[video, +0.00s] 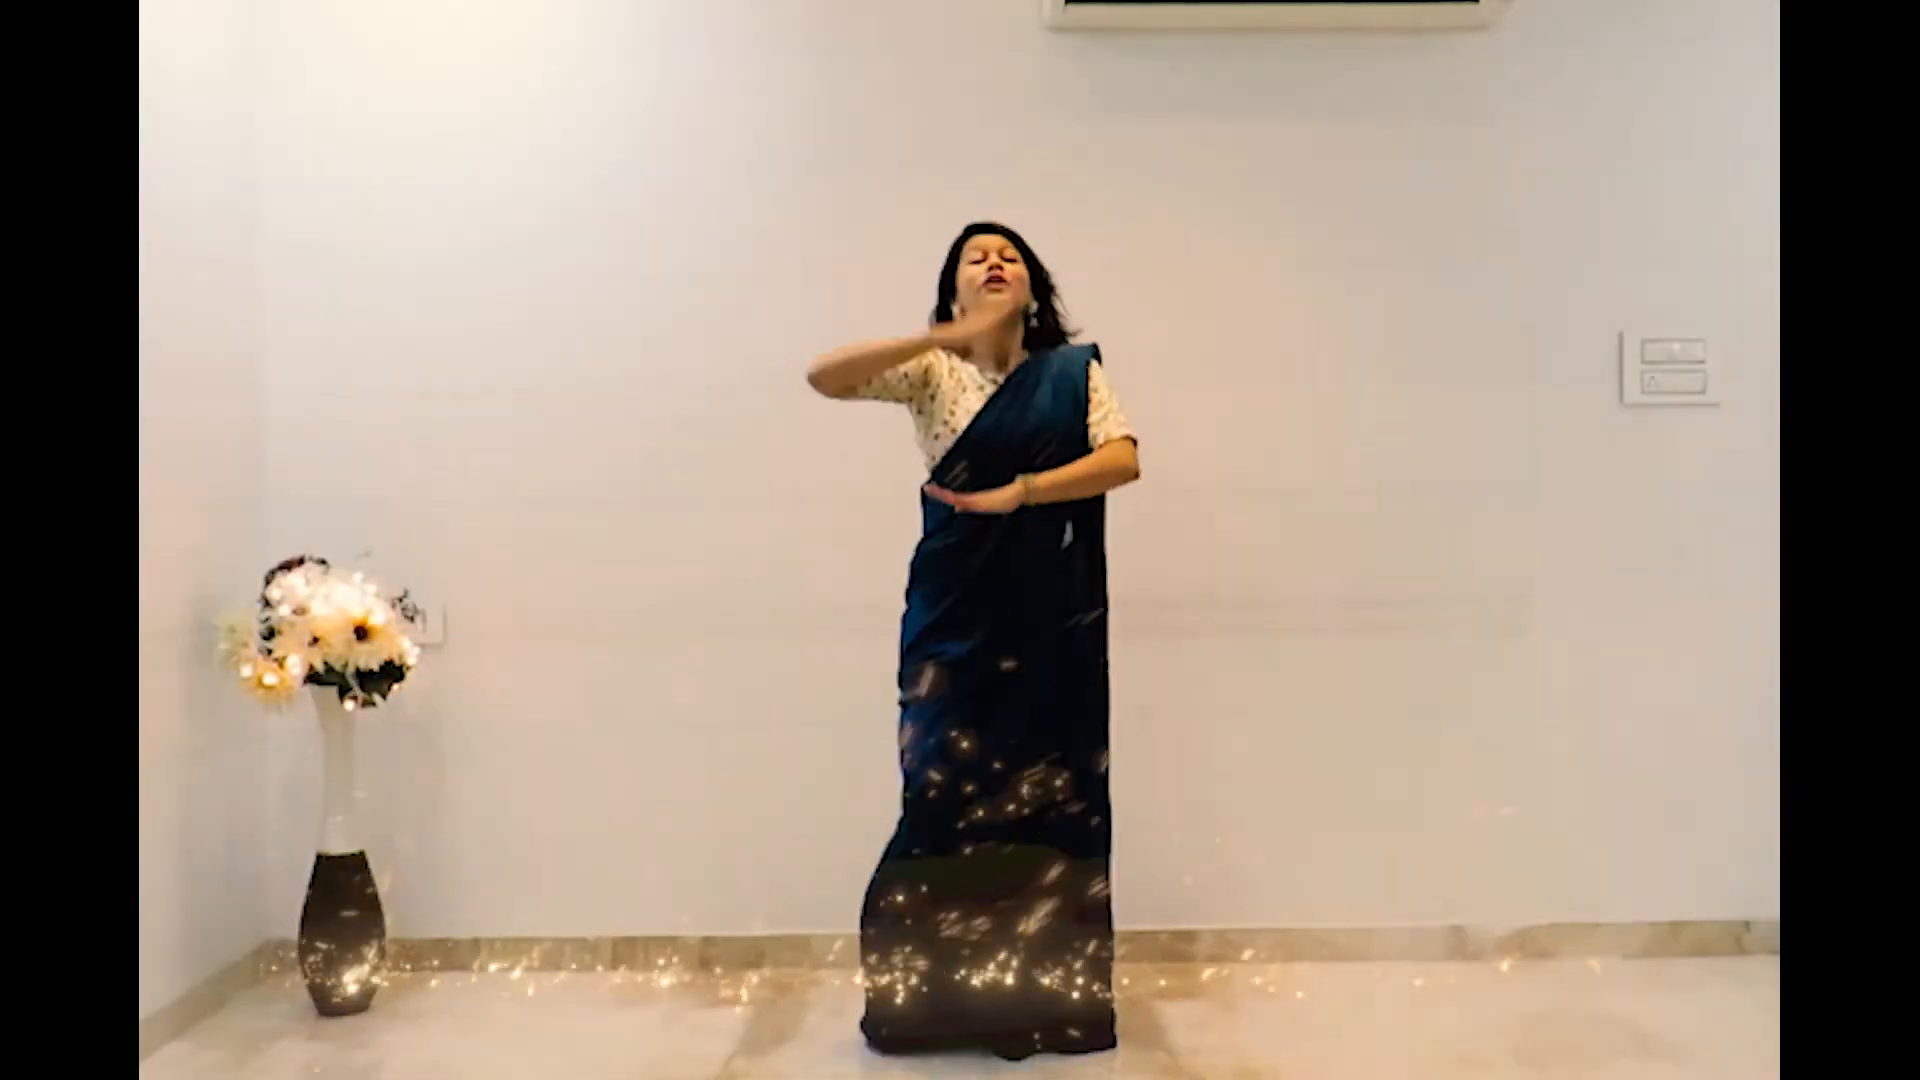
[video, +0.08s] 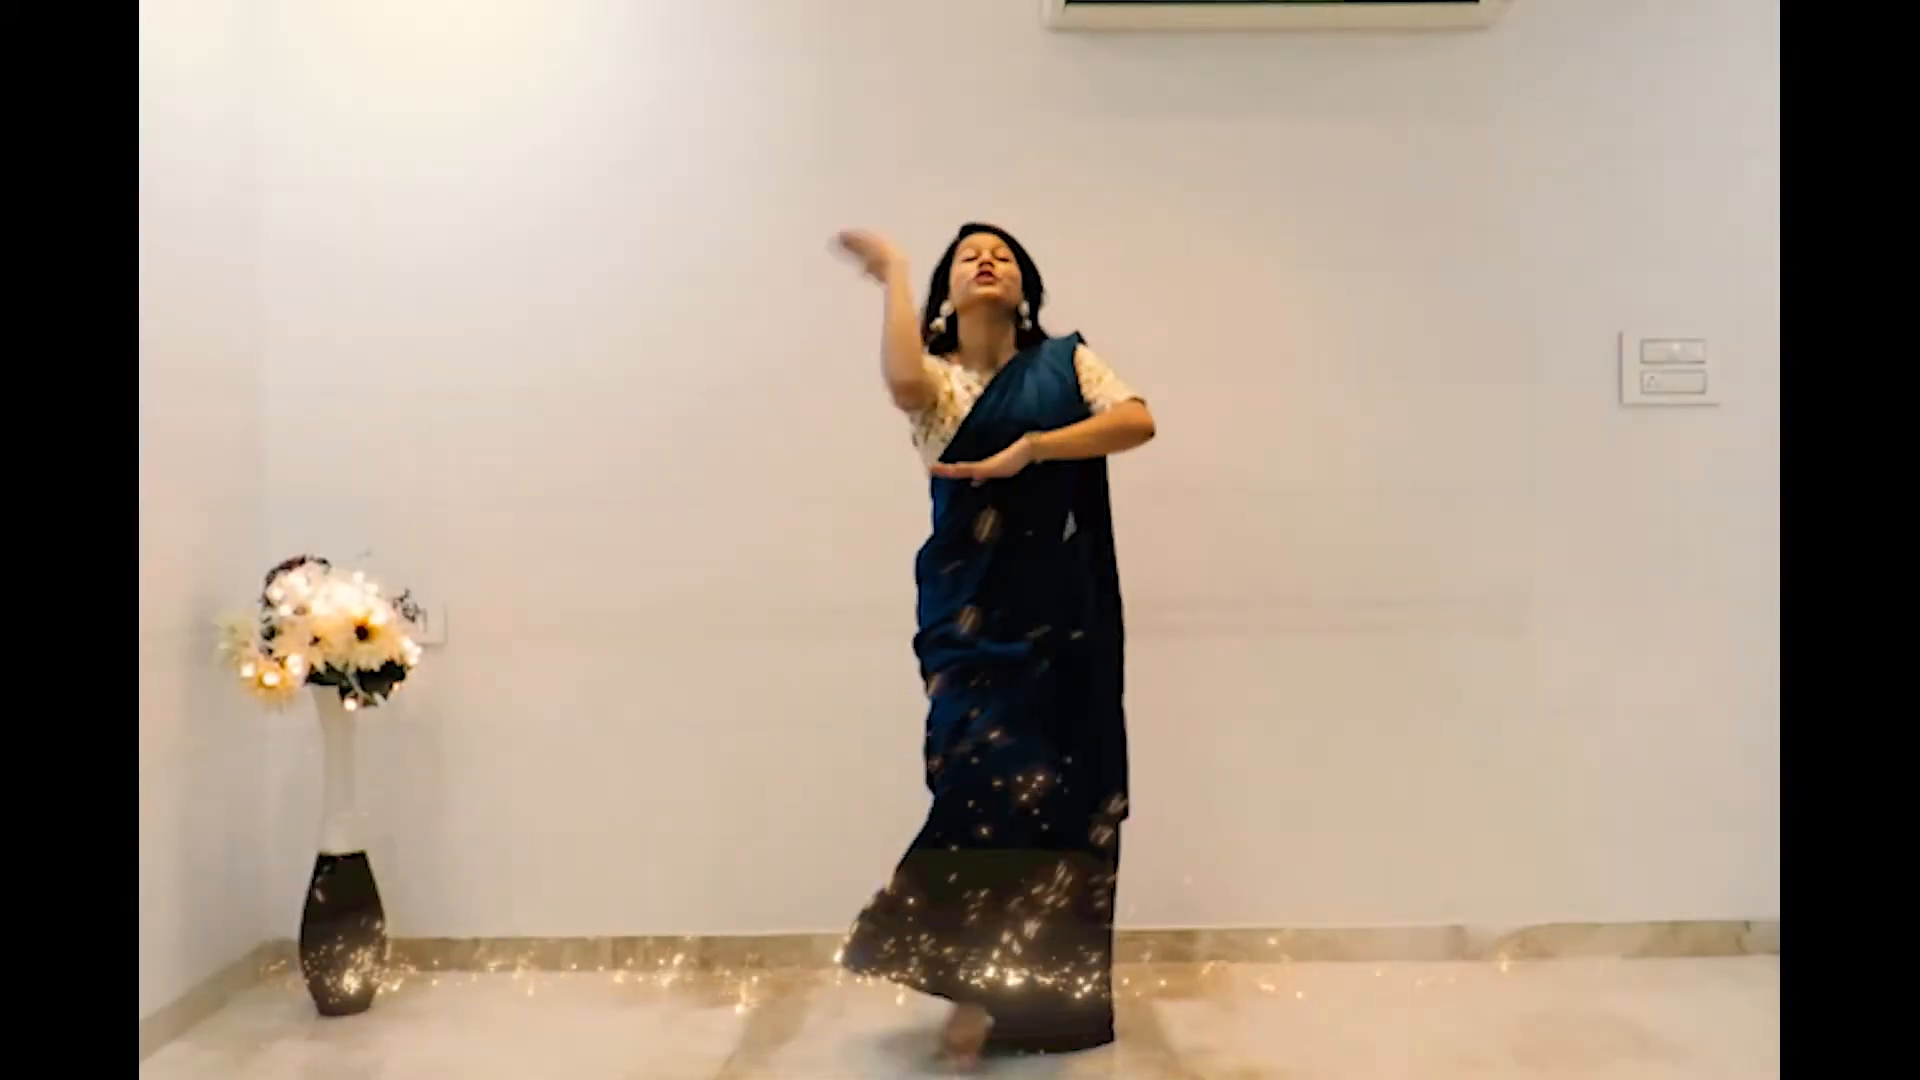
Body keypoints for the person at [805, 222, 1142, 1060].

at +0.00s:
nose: (994, 262)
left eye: (1009, 254)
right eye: (975, 256)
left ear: (1035, 290)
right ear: (953, 295)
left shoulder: (1074, 366)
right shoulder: (931, 373)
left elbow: (1122, 460)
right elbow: (824, 376)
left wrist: (1018, 492)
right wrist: (944, 334)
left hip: (1054, 620)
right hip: (952, 617)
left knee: (1053, 801)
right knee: (939, 794)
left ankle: (1043, 994)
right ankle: (919, 991)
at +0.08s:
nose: (985, 259)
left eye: (1002, 254)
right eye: (968, 254)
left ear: (1026, 292)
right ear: (946, 297)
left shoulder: (1066, 359)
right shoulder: (934, 382)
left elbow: (1136, 420)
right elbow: (904, 377)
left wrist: (1033, 445)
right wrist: (897, 273)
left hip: (1070, 615)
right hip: (970, 621)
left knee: (1072, 801)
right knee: (990, 794)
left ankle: (1053, 991)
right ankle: (974, 993)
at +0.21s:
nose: (981, 289)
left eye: (998, 282)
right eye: (965, 280)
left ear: (1019, 313)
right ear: (937, 309)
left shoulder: (1053, 383)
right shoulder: (924, 404)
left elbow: (1141, 433)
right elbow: (957, 480)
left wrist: (1043, 456)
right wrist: (896, 370)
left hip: (1071, 622)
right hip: (981, 633)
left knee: (1080, 807)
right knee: (1014, 810)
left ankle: (1094, 1006)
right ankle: (1015, 1007)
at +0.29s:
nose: (989, 305)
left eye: (1004, 298)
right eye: (973, 295)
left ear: (1024, 327)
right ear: (943, 322)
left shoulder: (1059, 403)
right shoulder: (927, 414)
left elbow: (1140, 454)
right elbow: (949, 469)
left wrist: (1038, 468)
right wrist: (890, 365)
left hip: (1080, 644)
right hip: (988, 656)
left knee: (1107, 824)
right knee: (1020, 835)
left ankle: (1129, 1026)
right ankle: (1043, 1027)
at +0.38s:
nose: (995, 281)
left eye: (1010, 273)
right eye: (979, 273)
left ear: (1030, 302)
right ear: (950, 301)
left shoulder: (1064, 374)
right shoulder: (931, 391)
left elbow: (1120, 434)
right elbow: (892, 405)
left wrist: (1013, 434)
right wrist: (923, 300)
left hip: (1066, 628)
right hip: (974, 634)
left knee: (1089, 812)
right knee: (1010, 818)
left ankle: (1122, 1002)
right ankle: (1052, 1006)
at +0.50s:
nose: (1000, 261)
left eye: (1014, 253)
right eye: (982, 253)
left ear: (1042, 284)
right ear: (959, 287)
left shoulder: (1072, 357)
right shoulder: (941, 363)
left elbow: (1093, 420)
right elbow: (870, 285)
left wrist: (977, 407)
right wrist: (992, 300)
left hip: (1048, 620)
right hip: (950, 618)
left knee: (1057, 804)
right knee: (947, 790)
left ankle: (1106, 989)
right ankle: (963, 972)